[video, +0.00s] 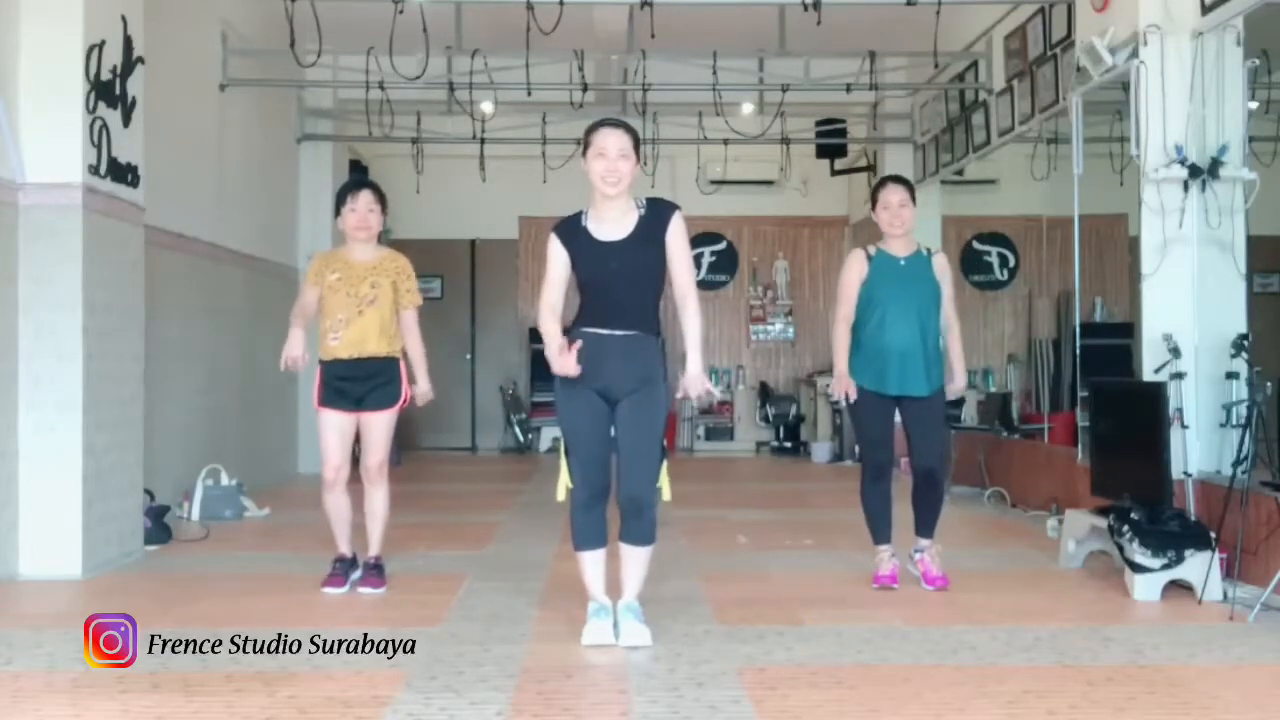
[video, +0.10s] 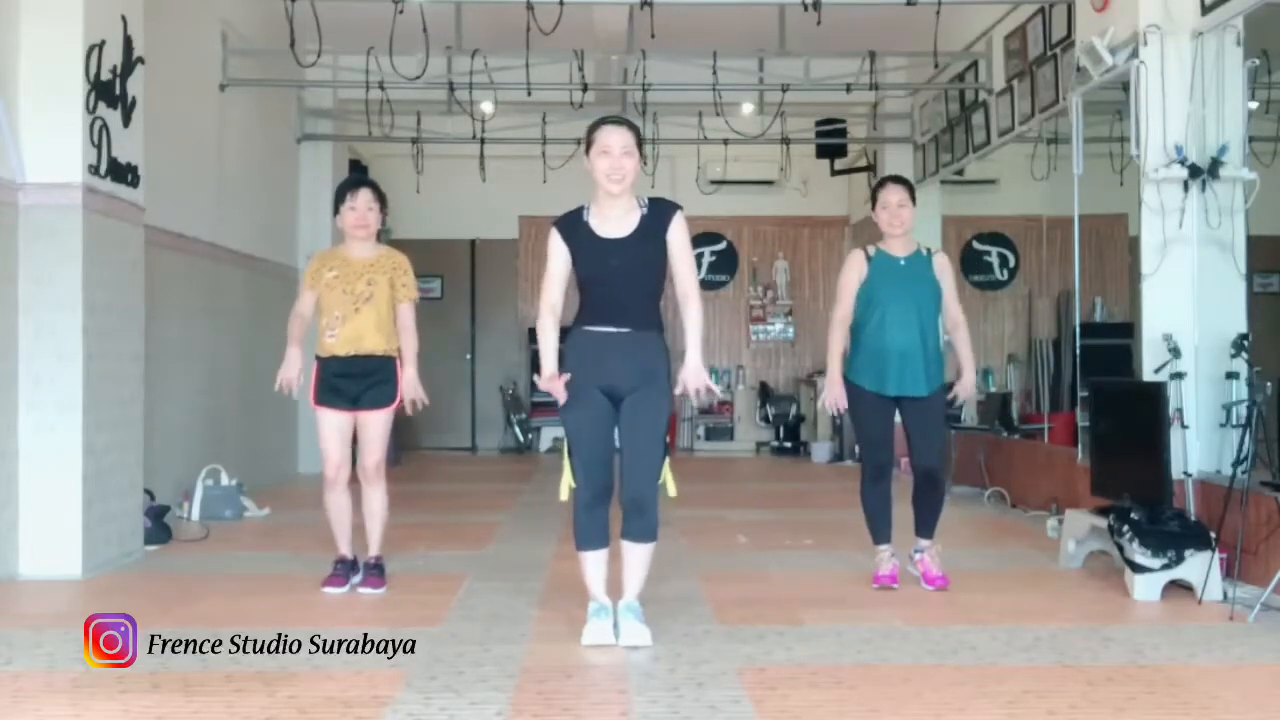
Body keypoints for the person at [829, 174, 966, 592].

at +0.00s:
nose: (895, 213)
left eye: (903, 205)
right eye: (886, 207)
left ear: (915, 211)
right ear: (874, 214)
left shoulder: (936, 261)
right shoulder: (861, 260)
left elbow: (949, 321)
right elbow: (843, 319)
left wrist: (958, 371)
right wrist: (841, 371)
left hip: (924, 381)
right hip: (869, 381)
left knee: (931, 466)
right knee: (877, 464)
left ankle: (925, 549)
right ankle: (884, 553)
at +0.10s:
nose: (893, 213)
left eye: (901, 205)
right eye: (885, 206)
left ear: (914, 211)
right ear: (874, 214)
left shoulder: (937, 262)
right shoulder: (860, 260)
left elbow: (955, 321)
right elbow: (840, 321)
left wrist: (968, 370)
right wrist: (833, 376)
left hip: (925, 382)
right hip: (868, 382)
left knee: (931, 467)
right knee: (877, 465)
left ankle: (924, 549)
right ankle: (884, 553)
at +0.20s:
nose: (894, 211)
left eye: (902, 203)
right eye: (886, 204)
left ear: (915, 209)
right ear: (875, 212)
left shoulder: (938, 260)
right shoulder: (861, 259)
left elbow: (961, 318)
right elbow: (841, 320)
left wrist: (974, 366)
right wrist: (827, 377)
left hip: (926, 381)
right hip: (871, 381)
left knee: (931, 466)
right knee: (879, 465)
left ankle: (924, 550)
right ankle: (884, 555)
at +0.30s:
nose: (896, 210)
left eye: (904, 202)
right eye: (888, 203)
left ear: (918, 208)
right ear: (877, 211)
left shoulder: (940, 258)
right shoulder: (862, 258)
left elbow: (964, 310)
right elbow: (843, 318)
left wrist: (976, 346)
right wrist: (830, 374)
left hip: (928, 379)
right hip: (874, 379)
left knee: (930, 465)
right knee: (880, 465)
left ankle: (924, 552)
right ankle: (884, 554)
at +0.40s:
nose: (899, 209)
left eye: (906, 201)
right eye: (891, 202)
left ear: (921, 207)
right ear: (880, 209)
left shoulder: (944, 256)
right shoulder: (865, 258)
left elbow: (965, 305)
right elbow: (845, 318)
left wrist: (978, 331)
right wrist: (837, 373)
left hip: (932, 379)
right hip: (878, 379)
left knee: (929, 465)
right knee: (881, 465)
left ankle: (922, 553)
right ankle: (884, 554)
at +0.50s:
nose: (902, 211)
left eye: (910, 203)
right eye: (894, 204)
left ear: (924, 208)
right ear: (884, 212)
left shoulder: (948, 257)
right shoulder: (870, 260)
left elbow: (968, 308)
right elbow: (852, 320)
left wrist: (982, 329)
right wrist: (846, 372)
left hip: (936, 381)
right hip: (882, 381)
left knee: (930, 466)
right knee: (884, 465)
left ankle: (923, 553)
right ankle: (887, 552)